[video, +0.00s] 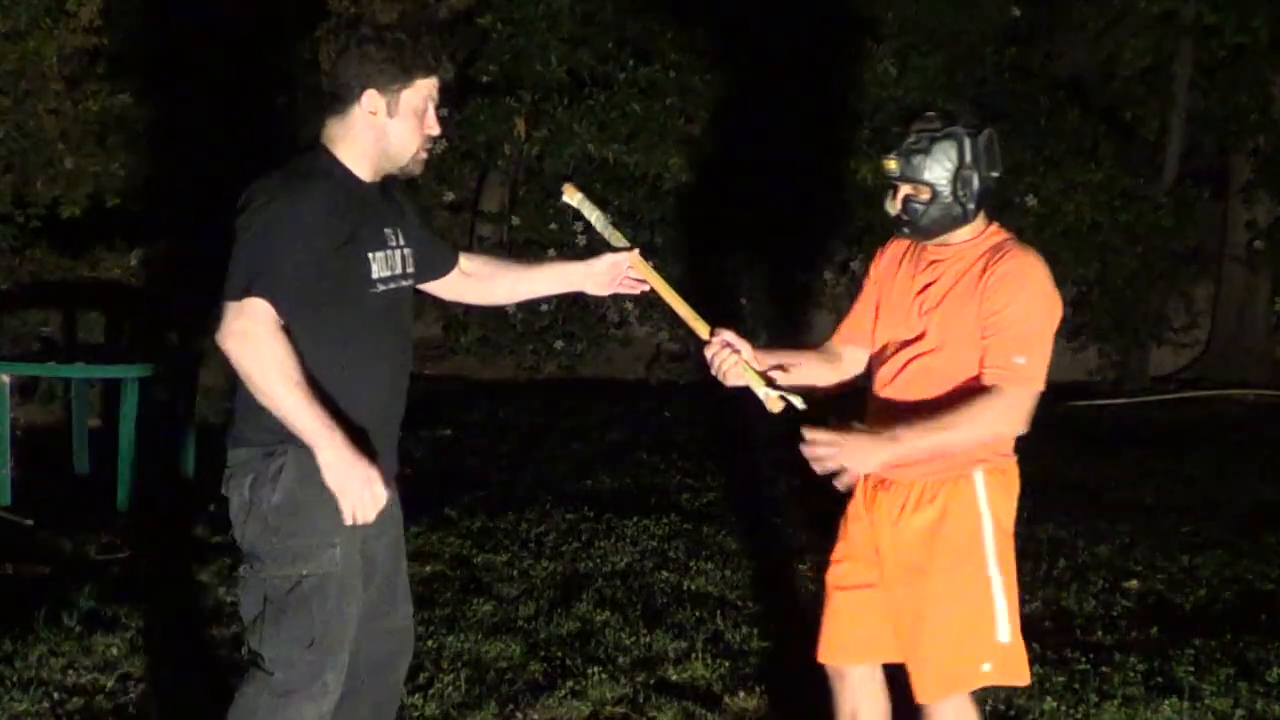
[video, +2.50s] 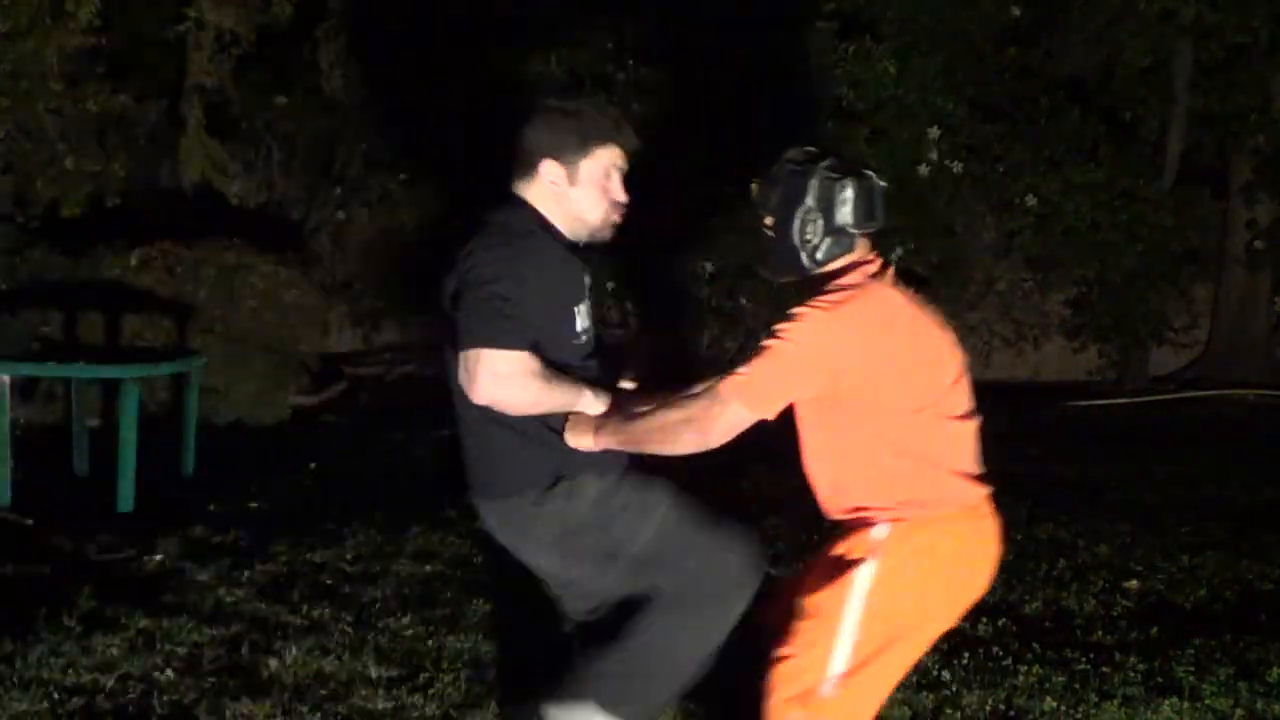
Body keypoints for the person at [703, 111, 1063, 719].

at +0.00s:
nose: (898, 202)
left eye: (917, 189)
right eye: (895, 185)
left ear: (964, 190)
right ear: (892, 184)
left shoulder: (1016, 273)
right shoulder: (895, 259)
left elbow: (1009, 412)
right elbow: (841, 360)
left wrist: (877, 449)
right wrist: (759, 361)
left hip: (959, 493)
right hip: (876, 488)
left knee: (943, 682)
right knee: (848, 656)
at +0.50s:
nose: (786, 208)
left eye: (793, 193)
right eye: (784, 193)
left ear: (831, 189)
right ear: (848, 186)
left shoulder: (877, 274)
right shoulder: (884, 266)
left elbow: (815, 416)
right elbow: (805, 395)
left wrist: (716, 439)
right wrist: (722, 394)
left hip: (849, 517)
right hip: (859, 515)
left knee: (786, 702)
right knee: (816, 702)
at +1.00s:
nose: (756, 223)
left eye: (762, 208)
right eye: (754, 209)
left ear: (799, 206)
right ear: (827, 195)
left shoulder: (858, 290)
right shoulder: (875, 274)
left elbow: (828, 455)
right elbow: (828, 407)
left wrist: (749, 484)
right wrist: (737, 418)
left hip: (865, 527)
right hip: (887, 519)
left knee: (797, 703)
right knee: (884, 689)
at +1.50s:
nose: (848, 206)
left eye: (859, 190)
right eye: (848, 190)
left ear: (901, 190)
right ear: (905, 192)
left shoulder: (929, 275)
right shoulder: (920, 273)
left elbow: (888, 412)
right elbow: (877, 414)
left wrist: (802, 476)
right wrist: (792, 441)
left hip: (909, 534)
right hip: (893, 529)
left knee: (864, 705)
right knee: (902, 703)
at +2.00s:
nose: (692, 224)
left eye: (703, 210)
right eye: (694, 209)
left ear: (738, 218)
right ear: (772, 218)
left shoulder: (774, 312)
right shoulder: (752, 305)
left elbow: (627, 384)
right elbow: (666, 356)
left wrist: (570, 316)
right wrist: (622, 294)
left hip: (777, 557)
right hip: (710, 555)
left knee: (782, 711)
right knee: (622, 671)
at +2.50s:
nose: (766, 231)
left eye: (775, 220)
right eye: (768, 217)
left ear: (806, 233)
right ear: (855, 231)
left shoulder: (828, 326)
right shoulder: (893, 304)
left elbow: (710, 424)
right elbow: (732, 396)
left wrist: (603, 433)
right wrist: (638, 411)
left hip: (909, 540)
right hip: (948, 529)